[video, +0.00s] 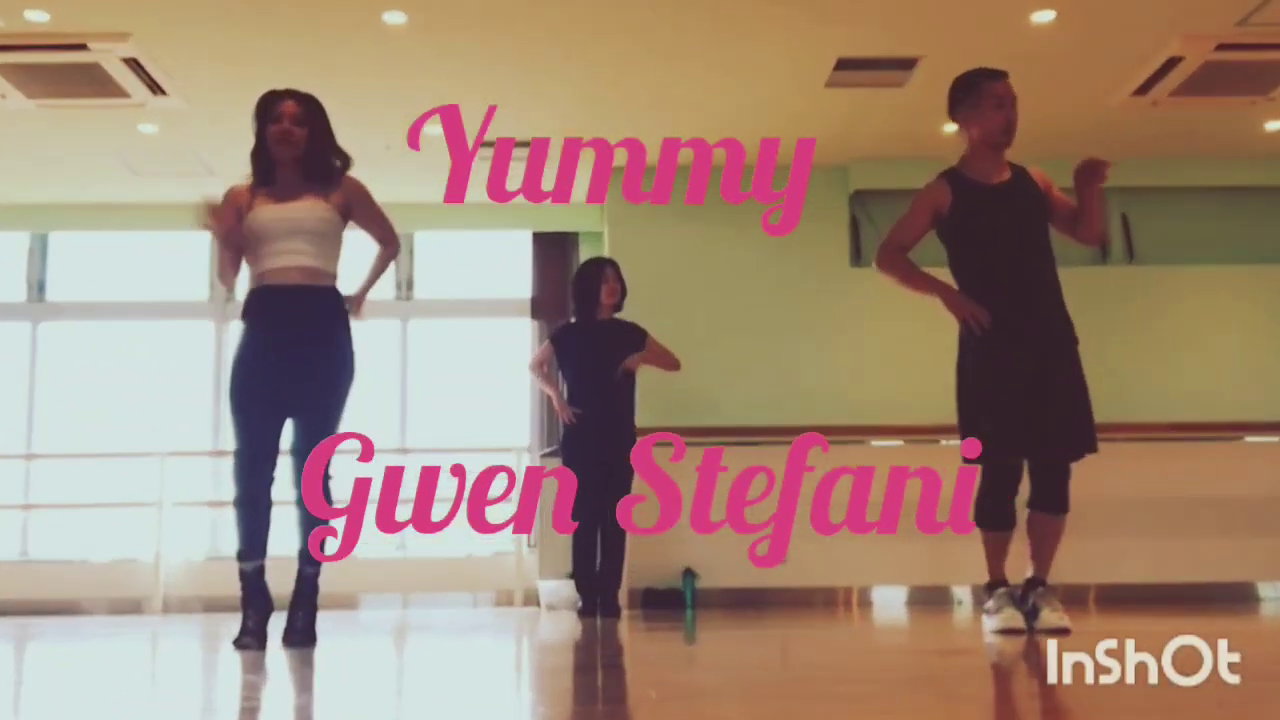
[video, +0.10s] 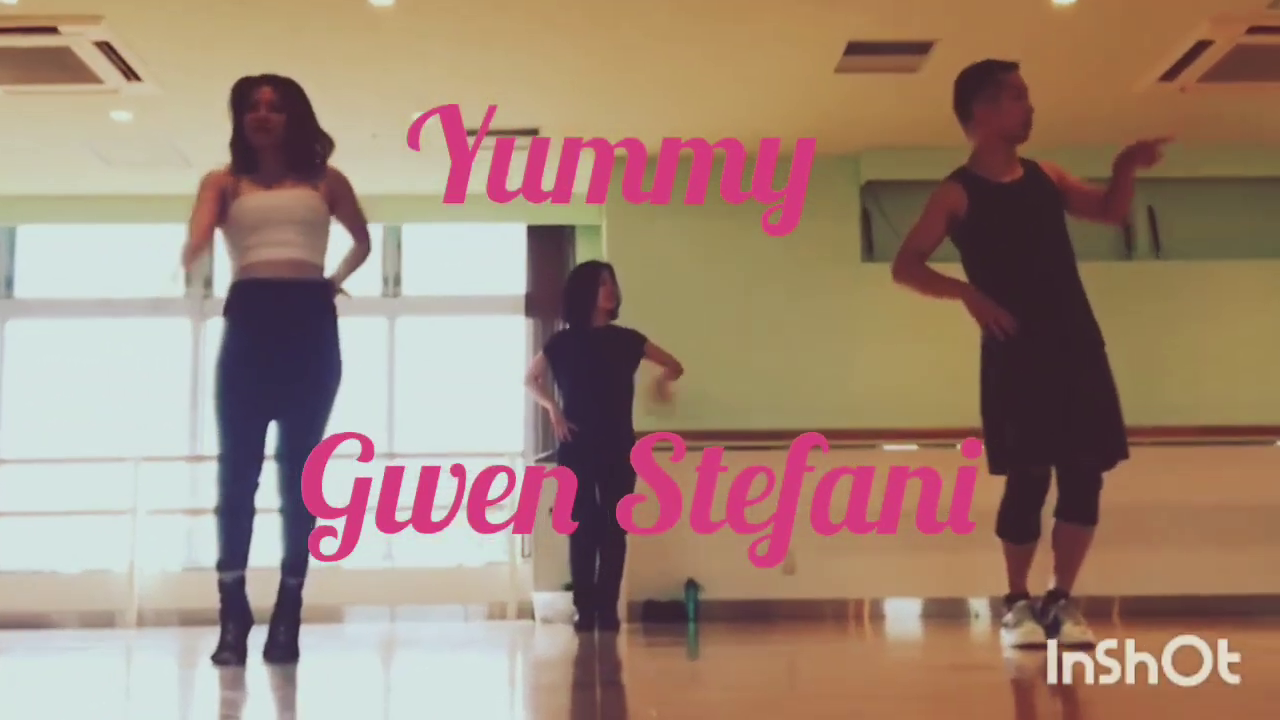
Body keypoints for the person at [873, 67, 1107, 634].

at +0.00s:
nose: (1010, 114)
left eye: (1012, 104)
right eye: (998, 105)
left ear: (1016, 112)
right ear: (964, 118)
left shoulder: (1031, 181)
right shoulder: (945, 191)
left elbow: (1088, 232)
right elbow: (889, 257)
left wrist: (1091, 188)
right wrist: (948, 295)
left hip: (1048, 342)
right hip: (991, 345)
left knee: (1052, 466)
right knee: (1000, 468)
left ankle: (1039, 589)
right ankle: (995, 588)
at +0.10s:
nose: (1029, 106)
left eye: (1027, 96)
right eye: (1016, 97)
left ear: (1008, 110)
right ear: (979, 112)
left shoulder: (1042, 175)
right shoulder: (957, 193)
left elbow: (1112, 211)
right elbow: (905, 268)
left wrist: (1126, 168)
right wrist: (967, 295)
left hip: (1074, 347)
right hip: (1015, 354)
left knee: (1083, 475)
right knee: (1028, 477)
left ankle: (1061, 601)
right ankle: (1018, 602)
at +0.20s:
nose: (1036, 101)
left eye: (1031, 90)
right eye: (1023, 92)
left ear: (1004, 106)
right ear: (985, 107)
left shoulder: (1049, 169)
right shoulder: (965, 192)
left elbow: (1130, 170)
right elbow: (922, 274)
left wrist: (1177, 123)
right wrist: (984, 295)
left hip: (1089, 347)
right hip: (1031, 357)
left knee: (1099, 478)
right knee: (1045, 481)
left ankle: (1072, 609)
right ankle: (1028, 608)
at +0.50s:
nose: (1015, 96)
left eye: (1017, 86)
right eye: (1000, 88)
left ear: (1021, 98)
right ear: (967, 105)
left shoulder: (1046, 159)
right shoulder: (961, 189)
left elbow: (1123, 119)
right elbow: (924, 270)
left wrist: (1189, 66)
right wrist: (986, 282)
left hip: (1082, 340)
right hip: (1023, 349)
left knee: (1087, 475)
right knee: (1036, 478)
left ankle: (1071, 607)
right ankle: (1025, 607)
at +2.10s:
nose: (903, 184)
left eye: (915, 184)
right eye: (911, 181)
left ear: (923, 205)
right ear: (914, 204)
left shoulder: (917, 233)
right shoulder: (901, 244)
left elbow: (961, 257)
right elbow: (941, 309)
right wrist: (939, 353)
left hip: (925, 384)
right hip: (911, 384)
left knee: (960, 474)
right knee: (844, 447)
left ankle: (1055, 530)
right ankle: (843, 544)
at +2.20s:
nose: (888, 186)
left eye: (901, 186)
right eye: (897, 183)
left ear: (911, 209)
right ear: (899, 206)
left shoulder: (907, 241)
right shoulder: (882, 251)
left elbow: (950, 273)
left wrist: (998, 316)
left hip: (910, 392)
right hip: (881, 392)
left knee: (954, 481)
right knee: (819, 460)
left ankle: (1058, 531)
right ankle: (846, 548)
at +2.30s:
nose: (870, 168)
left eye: (884, 167)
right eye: (876, 164)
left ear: (899, 189)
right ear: (878, 189)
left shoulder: (904, 224)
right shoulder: (858, 242)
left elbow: (944, 259)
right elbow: (850, 307)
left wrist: (963, 287)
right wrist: (814, 341)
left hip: (895, 375)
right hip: (858, 376)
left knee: (940, 468)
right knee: (815, 462)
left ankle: (1037, 520)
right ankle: (849, 551)